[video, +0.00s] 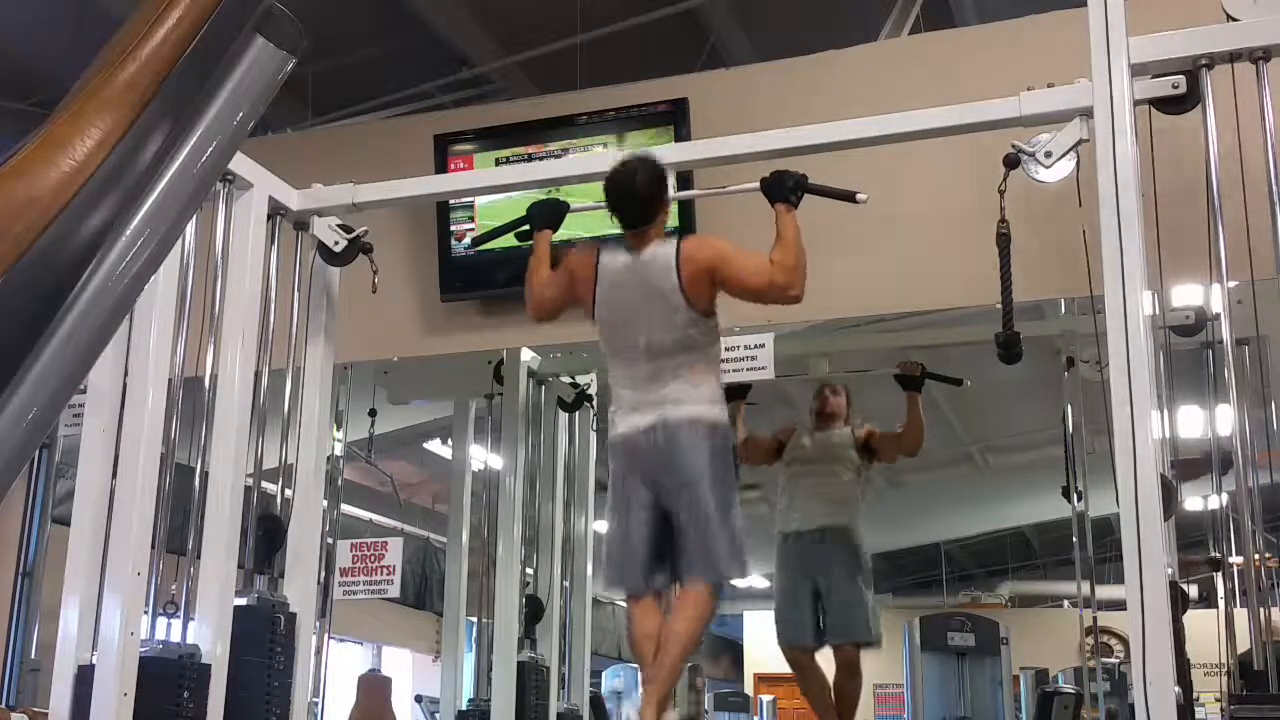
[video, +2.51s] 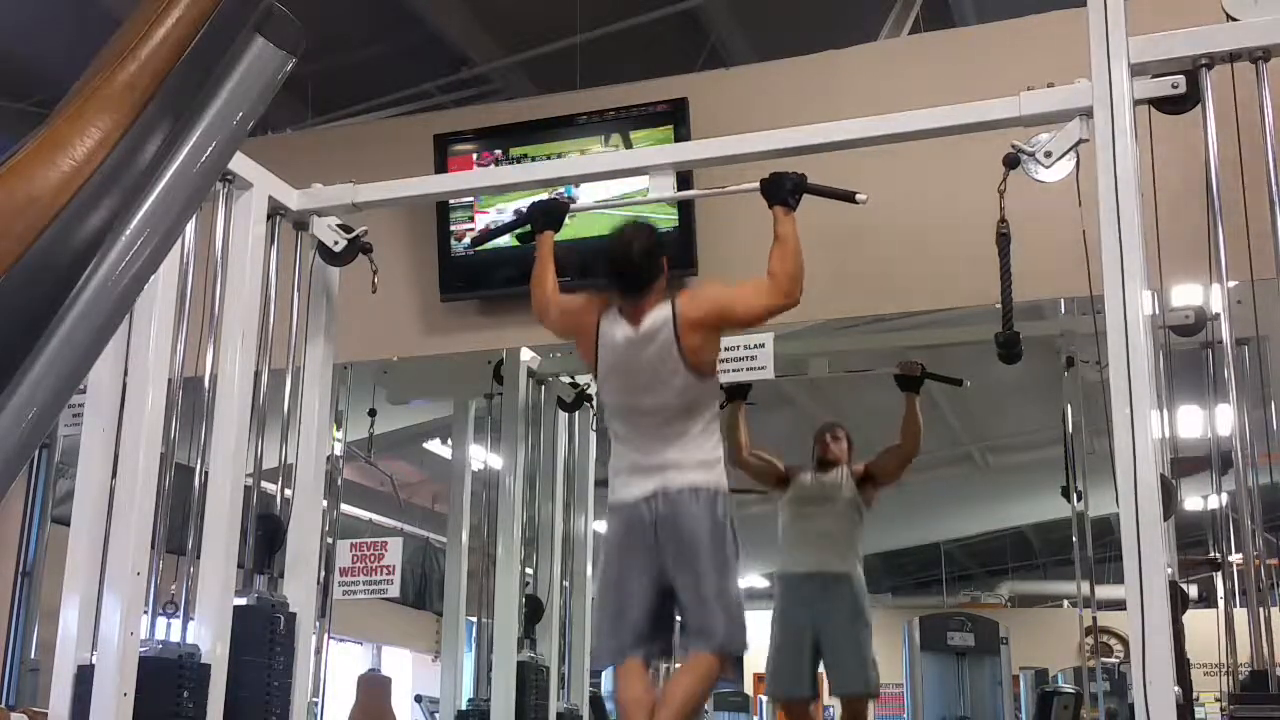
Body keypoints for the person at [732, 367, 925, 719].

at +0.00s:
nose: (826, 396)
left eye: (835, 393)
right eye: (821, 393)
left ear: (847, 408)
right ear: (812, 407)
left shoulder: (859, 437)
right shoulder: (792, 438)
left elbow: (909, 443)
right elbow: (744, 451)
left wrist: (913, 392)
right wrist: (736, 404)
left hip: (840, 546)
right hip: (792, 548)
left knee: (846, 650)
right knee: (795, 650)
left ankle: (845, 716)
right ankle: (831, 716)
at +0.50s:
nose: (828, 452)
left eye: (837, 451)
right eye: (822, 450)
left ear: (848, 466)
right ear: (812, 465)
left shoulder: (860, 490)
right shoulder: (788, 490)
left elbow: (901, 452)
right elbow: (744, 455)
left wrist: (910, 395)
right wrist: (738, 403)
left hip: (840, 602)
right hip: (789, 601)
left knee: (842, 707)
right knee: (787, 706)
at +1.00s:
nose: (830, 360)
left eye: (837, 358)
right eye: (823, 358)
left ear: (846, 375)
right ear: (811, 373)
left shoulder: (863, 406)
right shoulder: (789, 408)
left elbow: (906, 444)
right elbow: (747, 449)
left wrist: (912, 393)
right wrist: (737, 401)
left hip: (845, 507)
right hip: (797, 509)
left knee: (850, 617)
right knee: (794, 612)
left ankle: (835, 711)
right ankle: (837, 708)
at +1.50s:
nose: (827, 459)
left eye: (836, 457)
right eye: (821, 457)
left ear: (847, 471)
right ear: (811, 470)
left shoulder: (859, 495)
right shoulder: (787, 493)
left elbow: (903, 451)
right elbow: (743, 458)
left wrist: (909, 395)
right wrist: (737, 401)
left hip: (840, 606)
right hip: (788, 606)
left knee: (845, 705)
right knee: (782, 703)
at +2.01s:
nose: (822, 384)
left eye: (831, 378)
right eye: (816, 380)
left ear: (846, 390)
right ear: (809, 391)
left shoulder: (863, 421)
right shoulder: (789, 423)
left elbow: (909, 446)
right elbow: (741, 453)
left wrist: (912, 393)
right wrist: (737, 404)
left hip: (843, 523)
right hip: (794, 524)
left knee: (846, 628)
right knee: (789, 627)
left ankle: (832, 714)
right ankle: (825, 712)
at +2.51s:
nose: (827, 442)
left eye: (835, 438)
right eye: (821, 438)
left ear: (849, 450)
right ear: (812, 450)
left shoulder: (859, 478)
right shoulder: (790, 478)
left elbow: (907, 450)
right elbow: (740, 456)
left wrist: (911, 394)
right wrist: (735, 401)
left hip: (842, 587)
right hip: (792, 588)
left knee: (855, 694)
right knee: (791, 696)